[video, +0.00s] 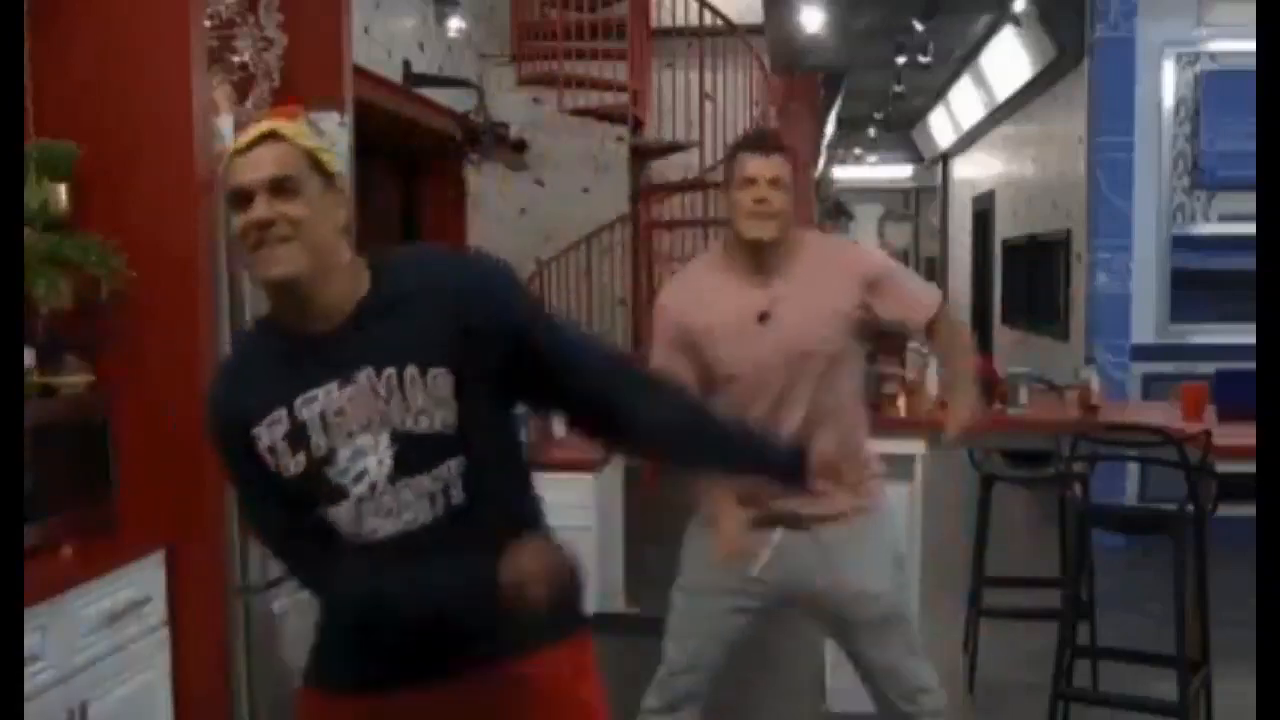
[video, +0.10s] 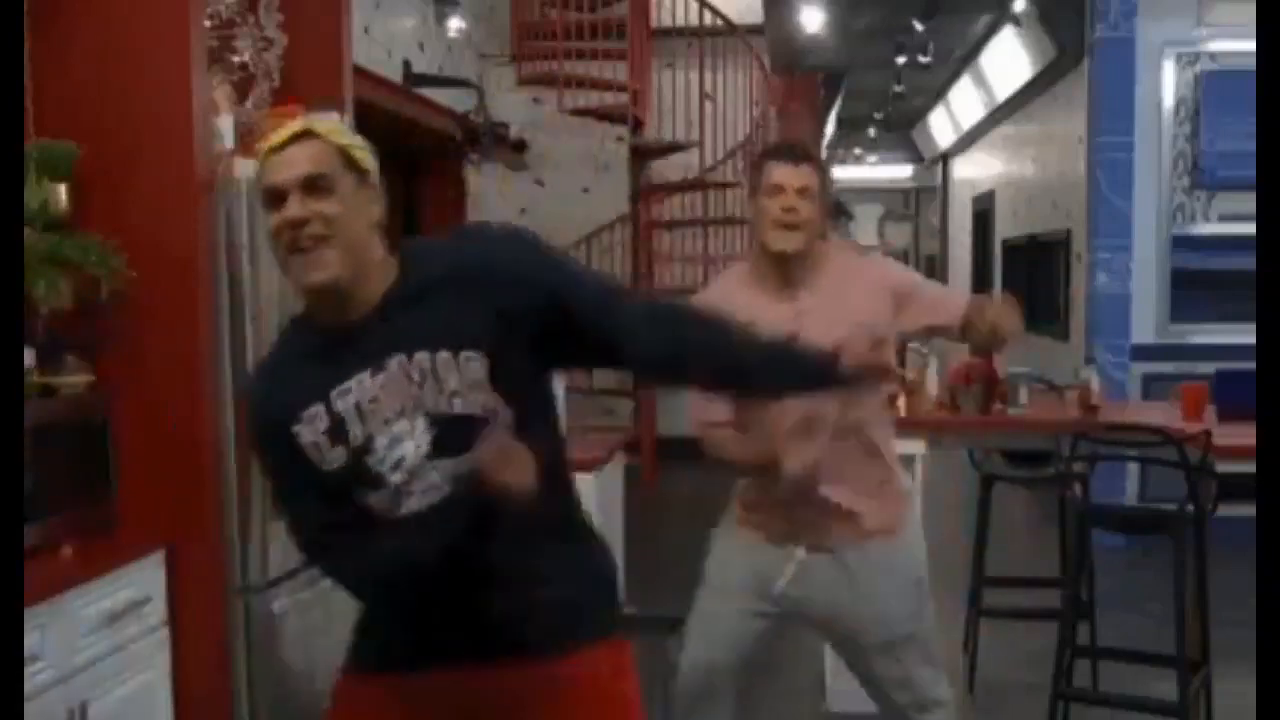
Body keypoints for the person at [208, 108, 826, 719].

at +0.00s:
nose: (260, 214)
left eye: (283, 191)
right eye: (241, 203)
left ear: (339, 204)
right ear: (231, 232)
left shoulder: (454, 291)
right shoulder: (240, 397)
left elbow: (616, 399)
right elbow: (332, 575)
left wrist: (785, 460)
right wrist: (491, 576)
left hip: (524, 657)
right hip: (364, 680)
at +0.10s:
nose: (294, 216)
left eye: (317, 191)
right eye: (274, 202)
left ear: (372, 197)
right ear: (265, 227)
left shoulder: (490, 267)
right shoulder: (278, 391)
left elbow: (653, 334)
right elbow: (365, 566)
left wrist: (829, 368)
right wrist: (473, 484)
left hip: (559, 656)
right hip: (404, 672)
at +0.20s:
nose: (345, 232)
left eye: (367, 207)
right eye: (324, 219)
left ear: (420, 217)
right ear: (313, 247)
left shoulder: (527, 284)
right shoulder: (320, 419)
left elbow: (681, 309)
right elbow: (388, 583)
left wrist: (843, 319)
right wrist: (456, 462)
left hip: (596, 674)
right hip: (442, 686)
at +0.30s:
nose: (425, 238)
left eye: (449, 215)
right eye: (404, 225)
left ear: (502, 230)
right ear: (386, 253)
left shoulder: (597, 317)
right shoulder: (382, 423)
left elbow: (747, 383)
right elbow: (428, 611)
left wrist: (881, 421)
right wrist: (501, 538)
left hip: (641, 669)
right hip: (491, 684)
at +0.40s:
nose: (473, 225)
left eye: (499, 204)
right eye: (450, 209)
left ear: (546, 221)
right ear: (430, 234)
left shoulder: (635, 340)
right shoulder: (398, 390)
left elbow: (759, 477)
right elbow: (419, 555)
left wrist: (903, 579)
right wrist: (516, 639)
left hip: (647, 667)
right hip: (484, 676)